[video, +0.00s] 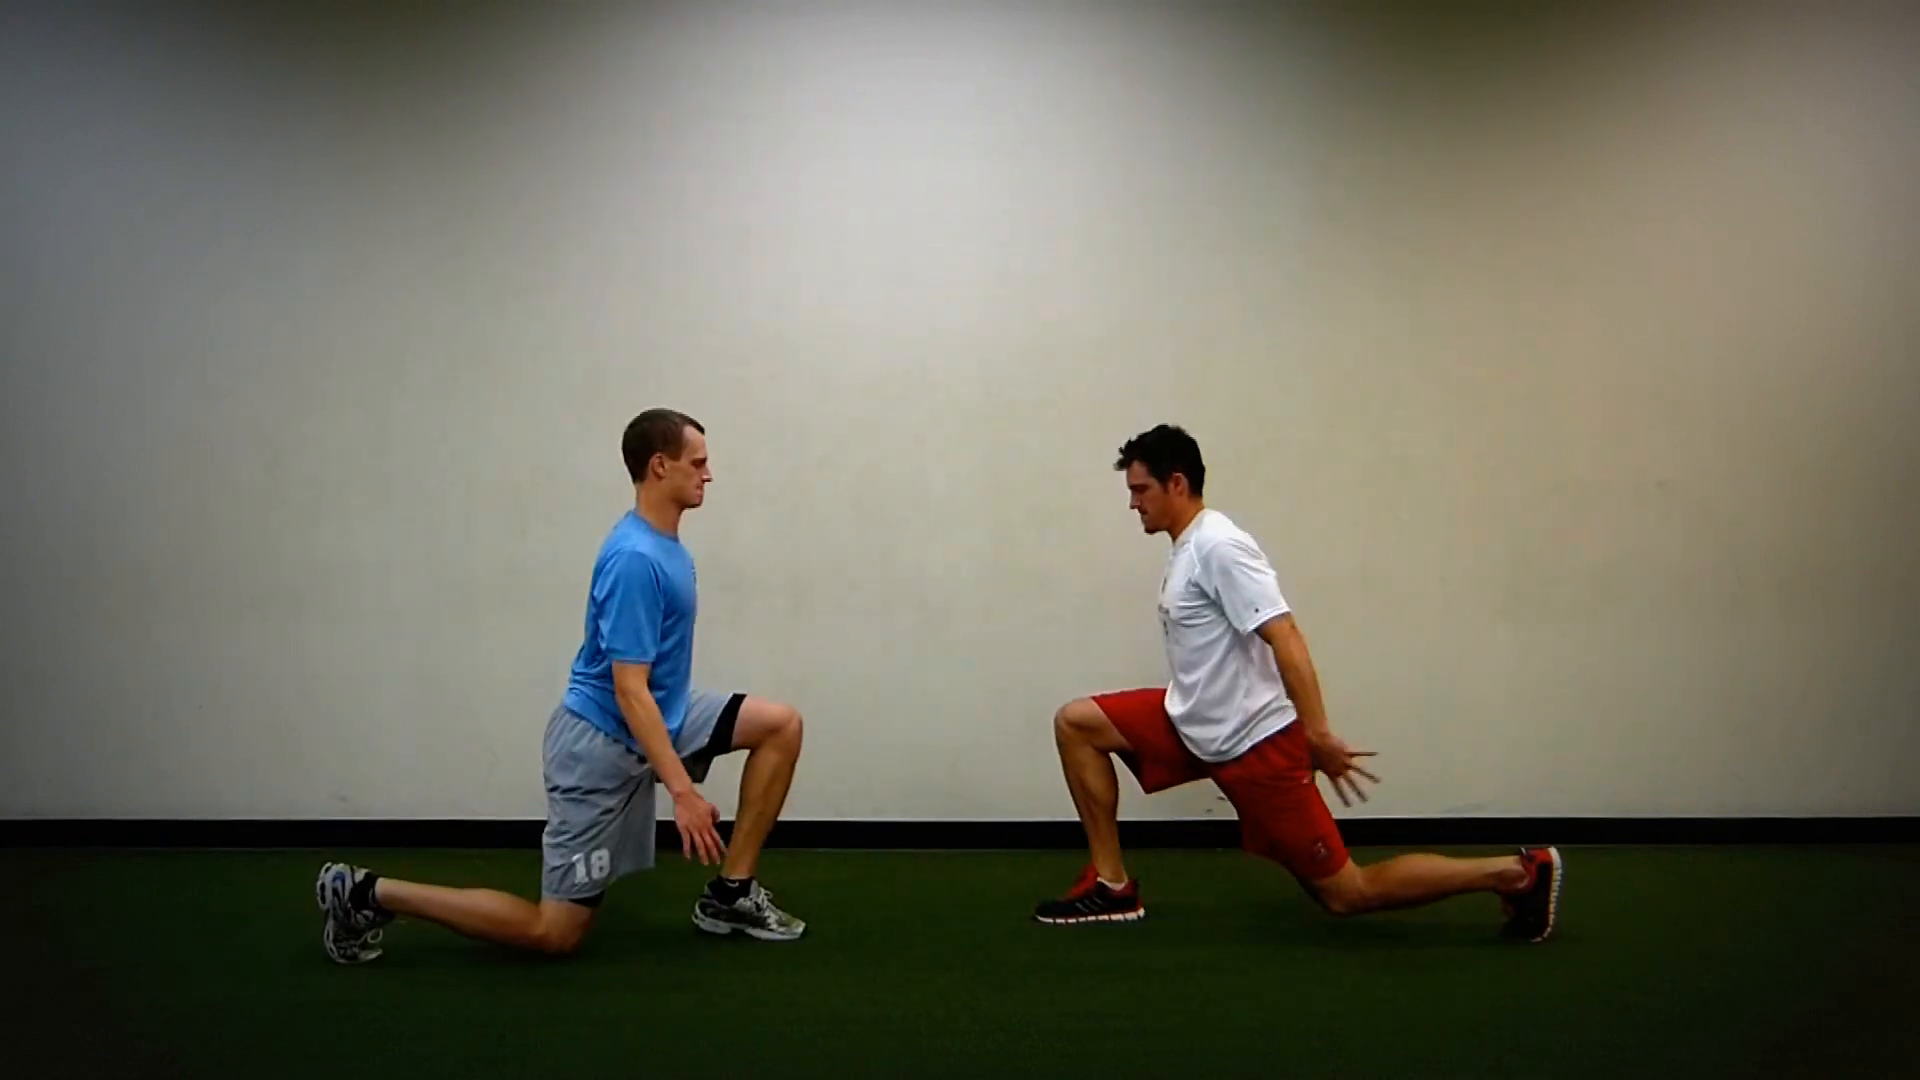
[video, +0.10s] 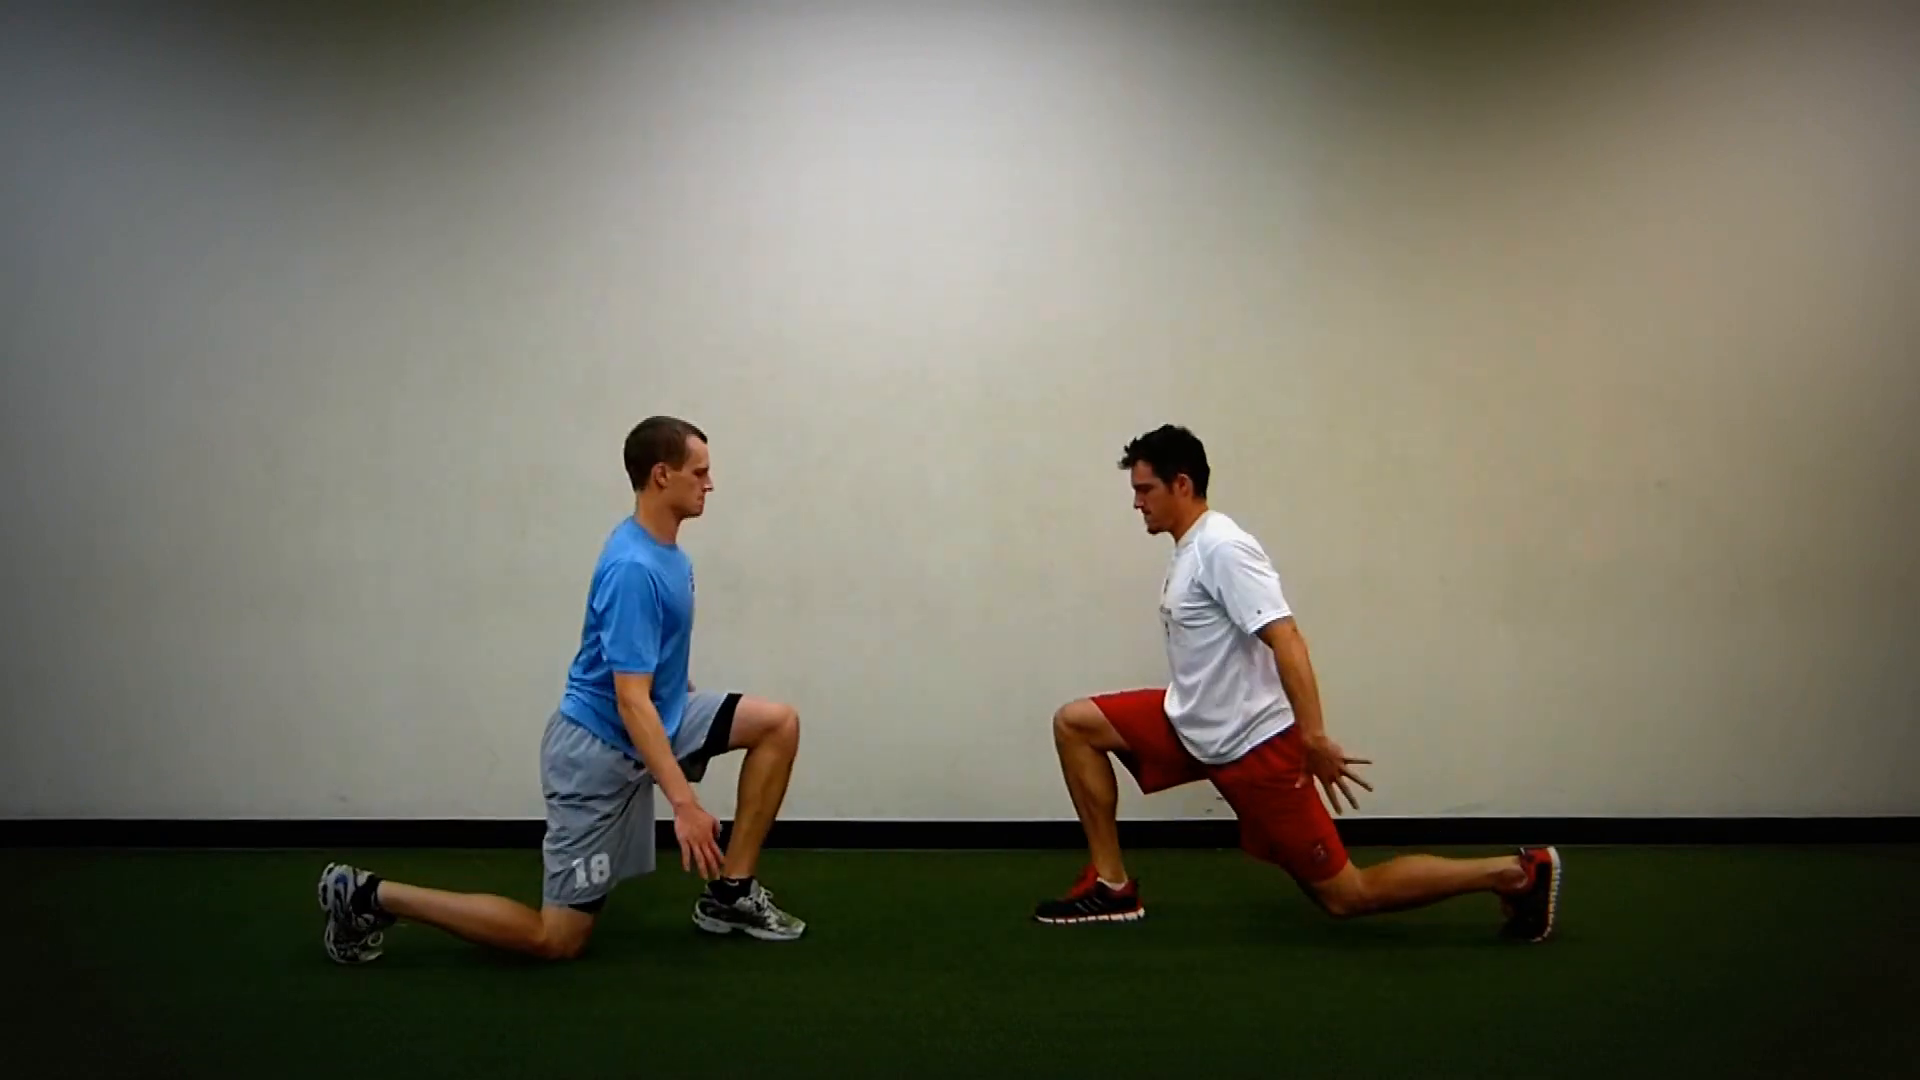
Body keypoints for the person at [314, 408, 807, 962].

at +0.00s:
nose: (708, 475)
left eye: (707, 464)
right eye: (698, 464)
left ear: (663, 469)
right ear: (659, 468)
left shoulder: (663, 545)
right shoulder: (633, 561)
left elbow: (650, 667)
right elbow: (631, 690)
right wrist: (684, 791)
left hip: (658, 717)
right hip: (598, 740)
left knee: (780, 727)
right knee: (557, 932)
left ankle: (733, 894)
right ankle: (365, 893)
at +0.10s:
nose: (710, 483)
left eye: (709, 472)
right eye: (701, 472)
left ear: (663, 478)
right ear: (660, 477)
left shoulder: (663, 552)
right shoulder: (633, 571)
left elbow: (654, 674)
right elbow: (632, 700)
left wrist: (676, 775)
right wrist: (686, 803)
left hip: (655, 720)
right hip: (595, 745)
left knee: (776, 724)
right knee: (560, 938)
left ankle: (732, 894)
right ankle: (366, 896)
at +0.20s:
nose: (712, 489)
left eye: (711, 478)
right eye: (703, 478)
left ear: (665, 484)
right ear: (662, 483)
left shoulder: (662, 554)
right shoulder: (633, 579)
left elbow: (670, 661)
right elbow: (633, 709)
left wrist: (713, 720)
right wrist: (684, 817)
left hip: (650, 723)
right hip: (592, 746)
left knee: (773, 721)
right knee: (558, 939)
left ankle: (731, 893)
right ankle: (368, 895)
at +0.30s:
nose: (714, 489)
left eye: (713, 477)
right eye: (705, 478)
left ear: (665, 483)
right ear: (664, 483)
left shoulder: (656, 549)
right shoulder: (634, 581)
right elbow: (631, 711)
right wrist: (674, 818)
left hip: (648, 720)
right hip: (593, 747)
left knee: (774, 721)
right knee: (561, 939)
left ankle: (732, 890)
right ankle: (369, 896)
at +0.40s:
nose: (714, 487)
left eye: (712, 475)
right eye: (704, 476)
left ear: (664, 481)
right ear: (664, 481)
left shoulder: (655, 549)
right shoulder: (634, 581)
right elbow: (626, 711)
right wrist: (667, 821)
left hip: (647, 723)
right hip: (593, 749)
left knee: (775, 722)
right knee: (561, 939)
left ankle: (732, 890)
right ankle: (369, 895)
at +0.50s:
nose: (715, 484)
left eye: (712, 471)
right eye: (705, 472)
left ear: (665, 479)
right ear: (664, 478)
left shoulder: (659, 549)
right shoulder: (634, 578)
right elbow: (622, 707)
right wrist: (656, 819)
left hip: (649, 724)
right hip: (595, 750)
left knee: (778, 722)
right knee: (561, 940)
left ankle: (733, 892)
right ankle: (371, 894)